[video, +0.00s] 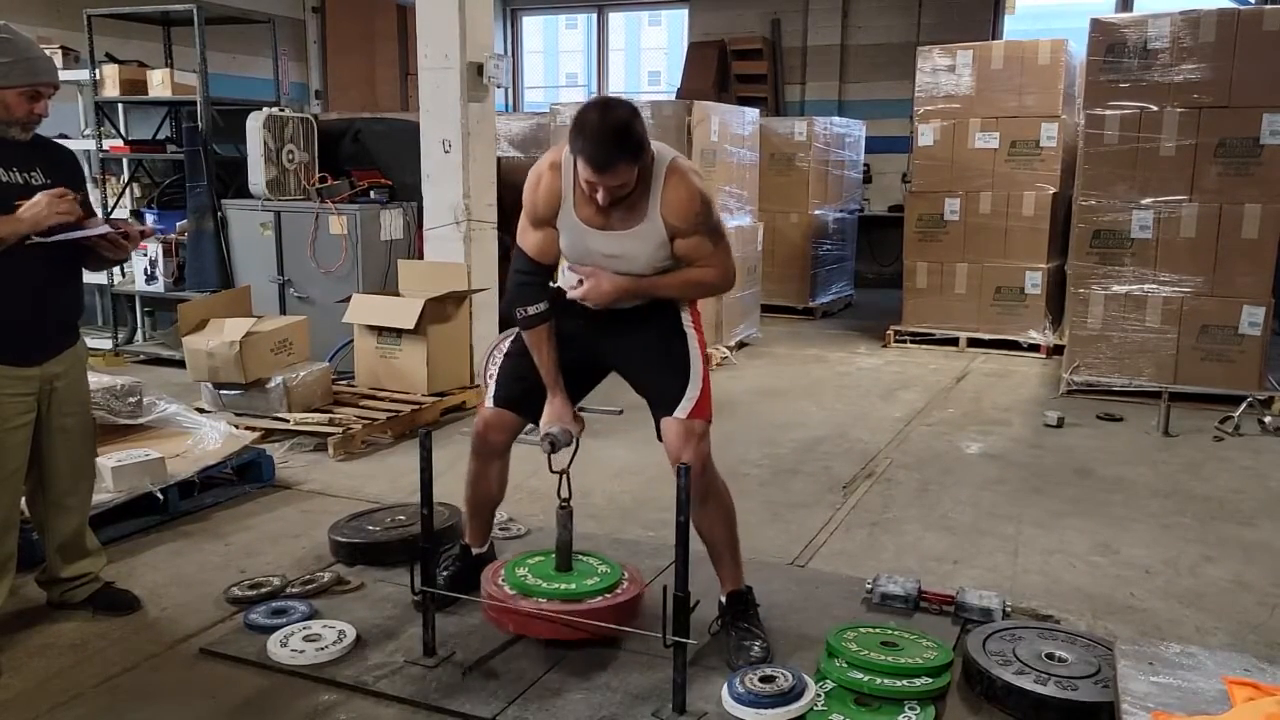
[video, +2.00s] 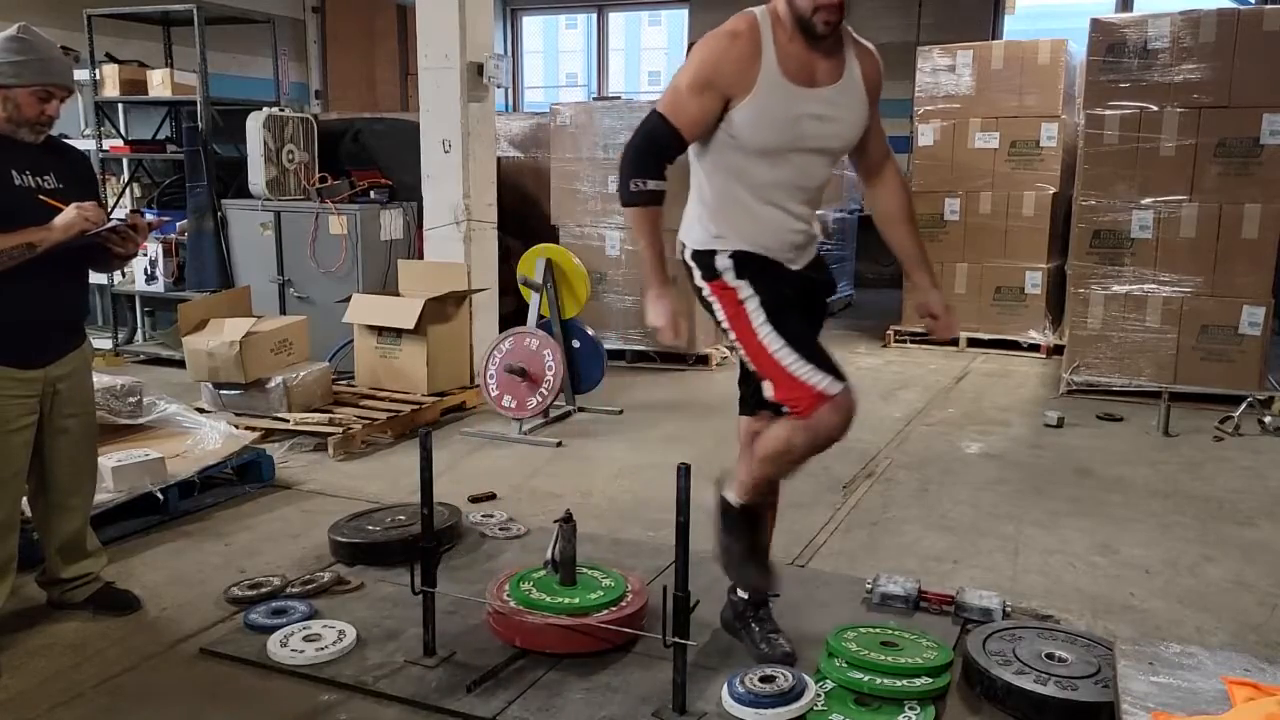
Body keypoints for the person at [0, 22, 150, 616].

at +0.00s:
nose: (43, 107)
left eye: (48, 95)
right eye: (32, 95)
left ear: (50, 92)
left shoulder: (58, 158)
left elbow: (86, 249)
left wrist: (112, 249)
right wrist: (21, 222)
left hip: (62, 347)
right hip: (5, 357)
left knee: (69, 473)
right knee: (7, 490)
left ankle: (74, 581)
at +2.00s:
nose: (54, 110)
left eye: (61, 98)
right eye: (43, 97)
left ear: (64, 96)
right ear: (7, 90)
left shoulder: (71, 160)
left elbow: (87, 253)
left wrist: (120, 250)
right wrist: (53, 232)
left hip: (68, 351)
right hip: (7, 360)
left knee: (70, 475)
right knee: (7, 491)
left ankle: (73, 580)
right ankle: (0, 599)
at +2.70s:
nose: (29, 99)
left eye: (43, 89)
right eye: (17, 83)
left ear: (54, 94)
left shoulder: (68, 160)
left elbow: (88, 248)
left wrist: (116, 247)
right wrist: (37, 225)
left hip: (66, 349)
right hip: (4, 358)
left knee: (70, 475)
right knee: (7, 491)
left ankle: (73, 580)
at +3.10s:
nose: (32, 106)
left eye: (41, 94)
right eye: (19, 93)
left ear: (51, 95)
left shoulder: (76, 159)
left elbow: (107, 241)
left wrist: (121, 248)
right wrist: (22, 210)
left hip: (81, 351)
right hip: (9, 362)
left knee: (86, 474)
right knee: (8, 490)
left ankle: (76, 580)